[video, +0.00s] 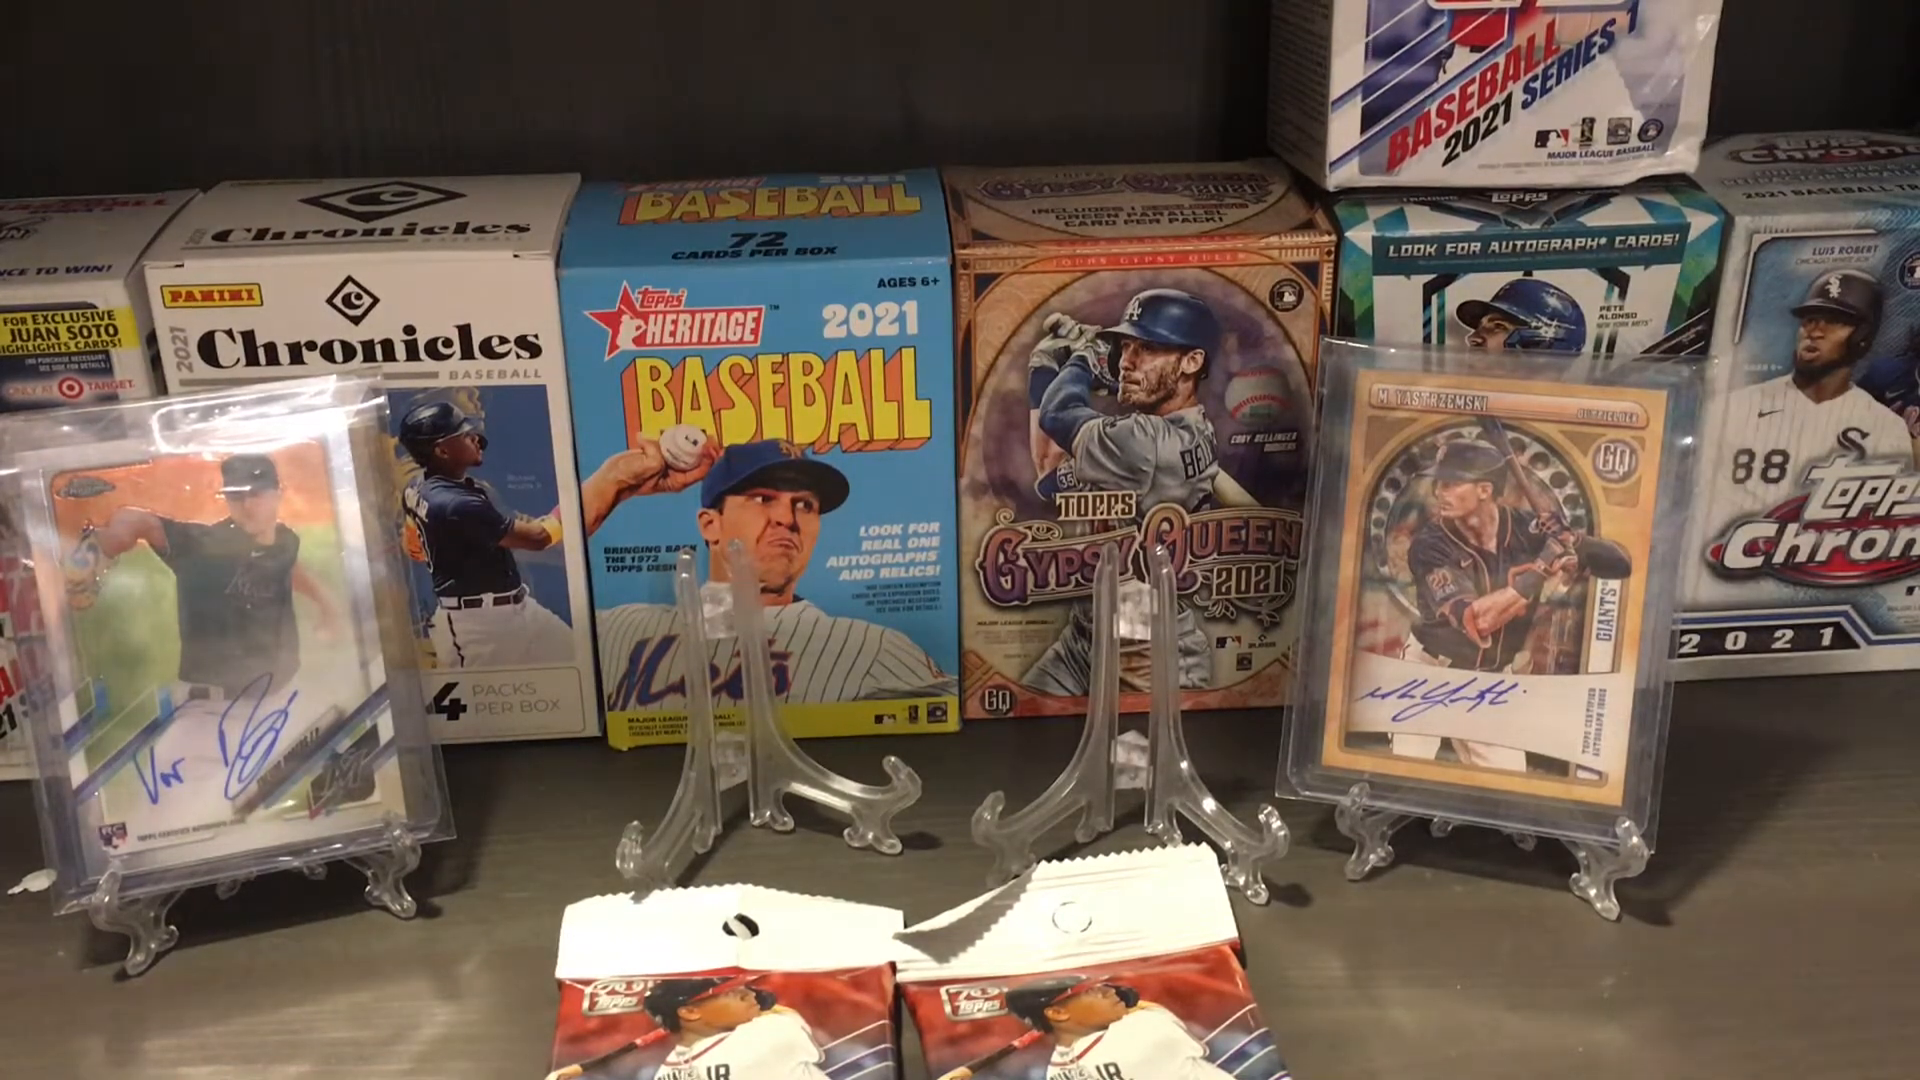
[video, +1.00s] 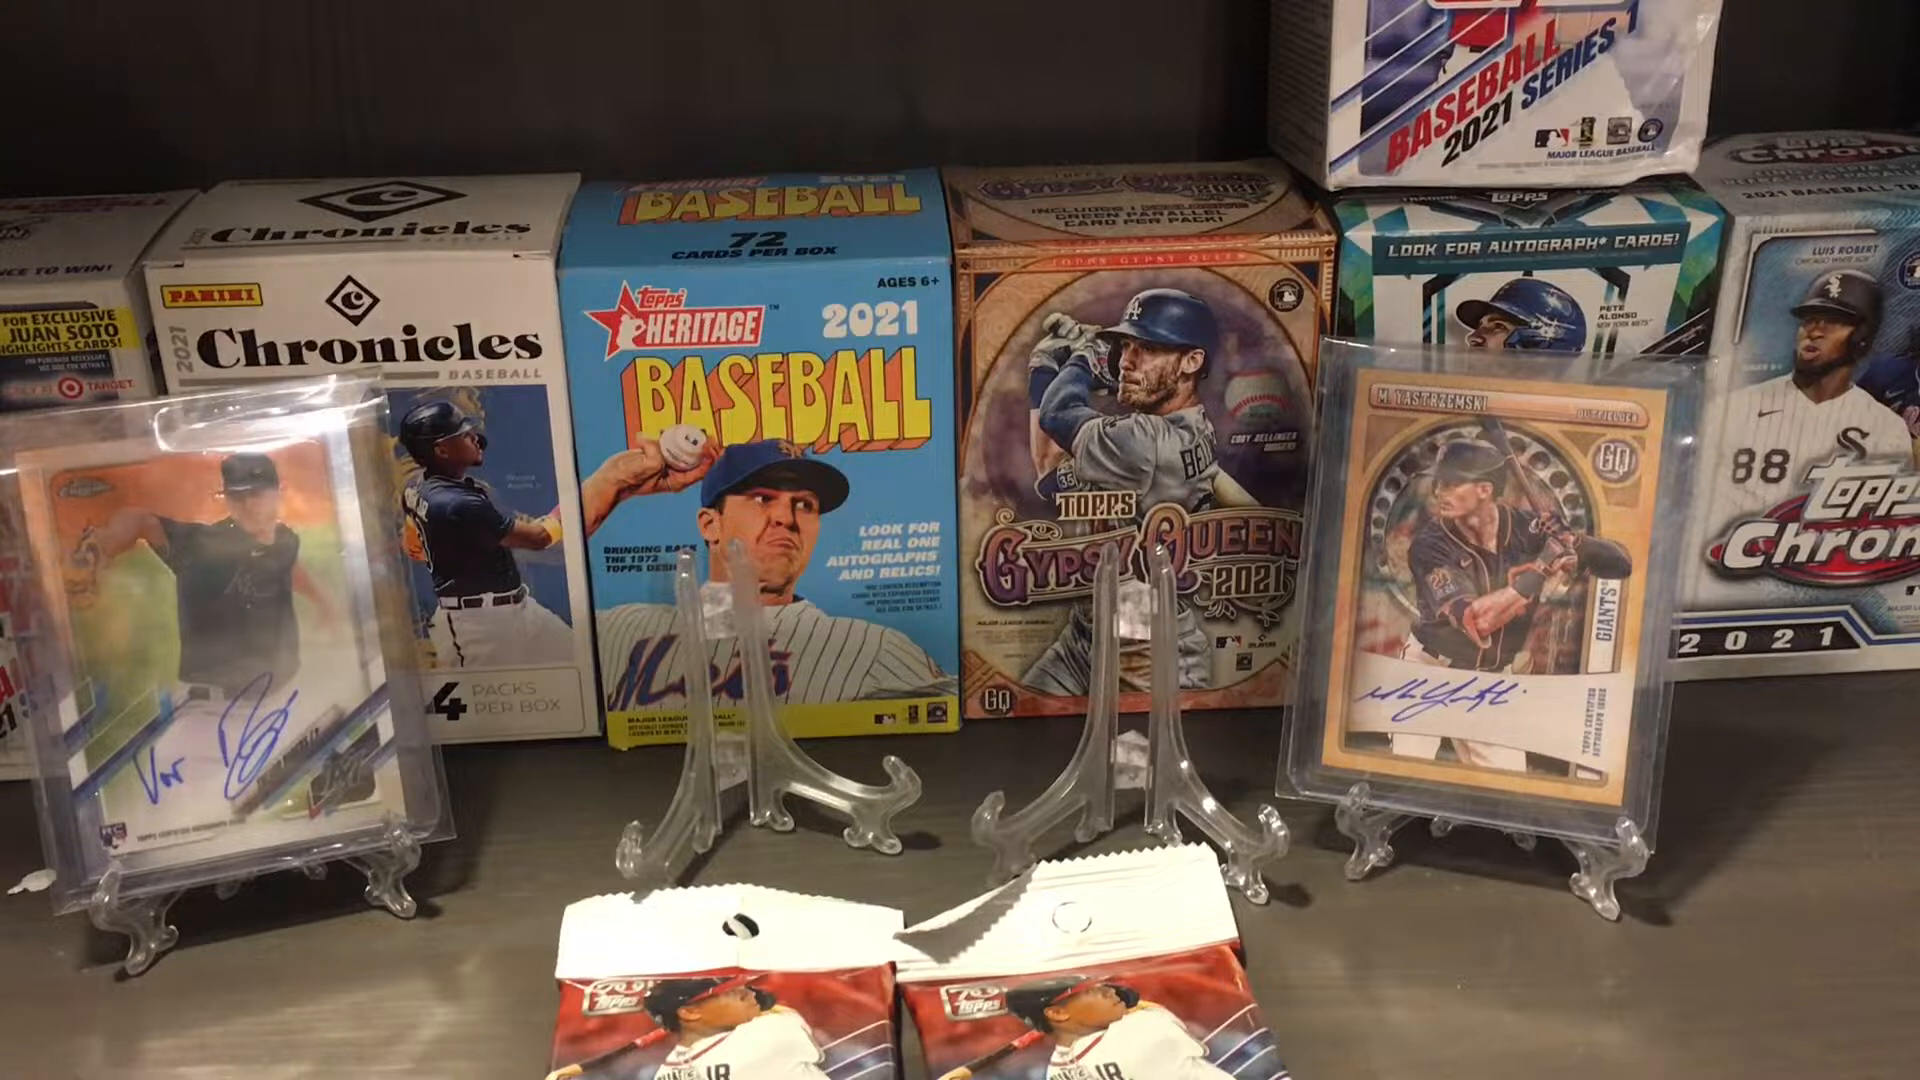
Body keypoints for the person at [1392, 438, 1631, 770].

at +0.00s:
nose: (1439, 492)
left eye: (1451, 484)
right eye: (1439, 483)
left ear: (1484, 491)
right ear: (1436, 486)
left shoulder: (1527, 528)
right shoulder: (1430, 541)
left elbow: (1622, 564)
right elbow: (1471, 621)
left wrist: (1574, 548)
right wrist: (1537, 572)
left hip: (1494, 677)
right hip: (1428, 669)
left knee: (1509, 789)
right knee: (1412, 772)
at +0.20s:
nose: (1439, 492)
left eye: (1451, 484)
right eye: (1439, 483)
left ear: (1484, 491)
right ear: (1435, 486)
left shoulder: (1527, 528)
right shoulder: (1430, 541)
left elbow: (1622, 564)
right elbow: (1471, 621)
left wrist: (1574, 547)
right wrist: (1538, 572)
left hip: (1495, 677)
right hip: (1429, 669)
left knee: (1509, 789)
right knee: (1412, 773)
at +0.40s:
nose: (1440, 492)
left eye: (1452, 484)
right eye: (1439, 484)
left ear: (1484, 491)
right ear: (1436, 487)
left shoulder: (1527, 528)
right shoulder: (1430, 541)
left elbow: (1622, 564)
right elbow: (1471, 621)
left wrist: (1574, 548)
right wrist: (1538, 572)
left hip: (1495, 677)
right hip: (1429, 669)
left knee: (1509, 789)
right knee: (1412, 773)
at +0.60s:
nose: (1440, 491)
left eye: (1453, 483)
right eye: (1440, 483)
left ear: (1484, 491)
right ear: (1435, 487)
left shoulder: (1527, 528)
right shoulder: (1430, 541)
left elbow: (1622, 564)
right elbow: (1471, 620)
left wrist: (1575, 547)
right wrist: (1538, 572)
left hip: (1495, 677)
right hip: (1429, 669)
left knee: (1509, 788)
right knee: (1412, 772)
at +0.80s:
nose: (1440, 492)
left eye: (1452, 484)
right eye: (1439, 483)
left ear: (1484, 490)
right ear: (1436, 486)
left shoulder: (1527, 528)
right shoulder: (1430, 541)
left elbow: (1622, 563)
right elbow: (1471, 620)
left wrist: (1575, 548)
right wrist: (1537, 573)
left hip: (1494, 676)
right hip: (1429, 669)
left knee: (1509, 787)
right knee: (1412, 772)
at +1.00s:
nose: (1439, 493)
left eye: (1451, 485)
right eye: (1439, 484)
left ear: (1484, 491)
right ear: (1435, 486)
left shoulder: (1526, 528)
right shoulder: (1430, 541)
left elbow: (1622, 563)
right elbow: (1474, 622)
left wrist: (1576, 550)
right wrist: (1539, 570)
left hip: (1495, 676)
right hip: (1429, 669)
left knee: (1509, 792)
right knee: (1410, 774)